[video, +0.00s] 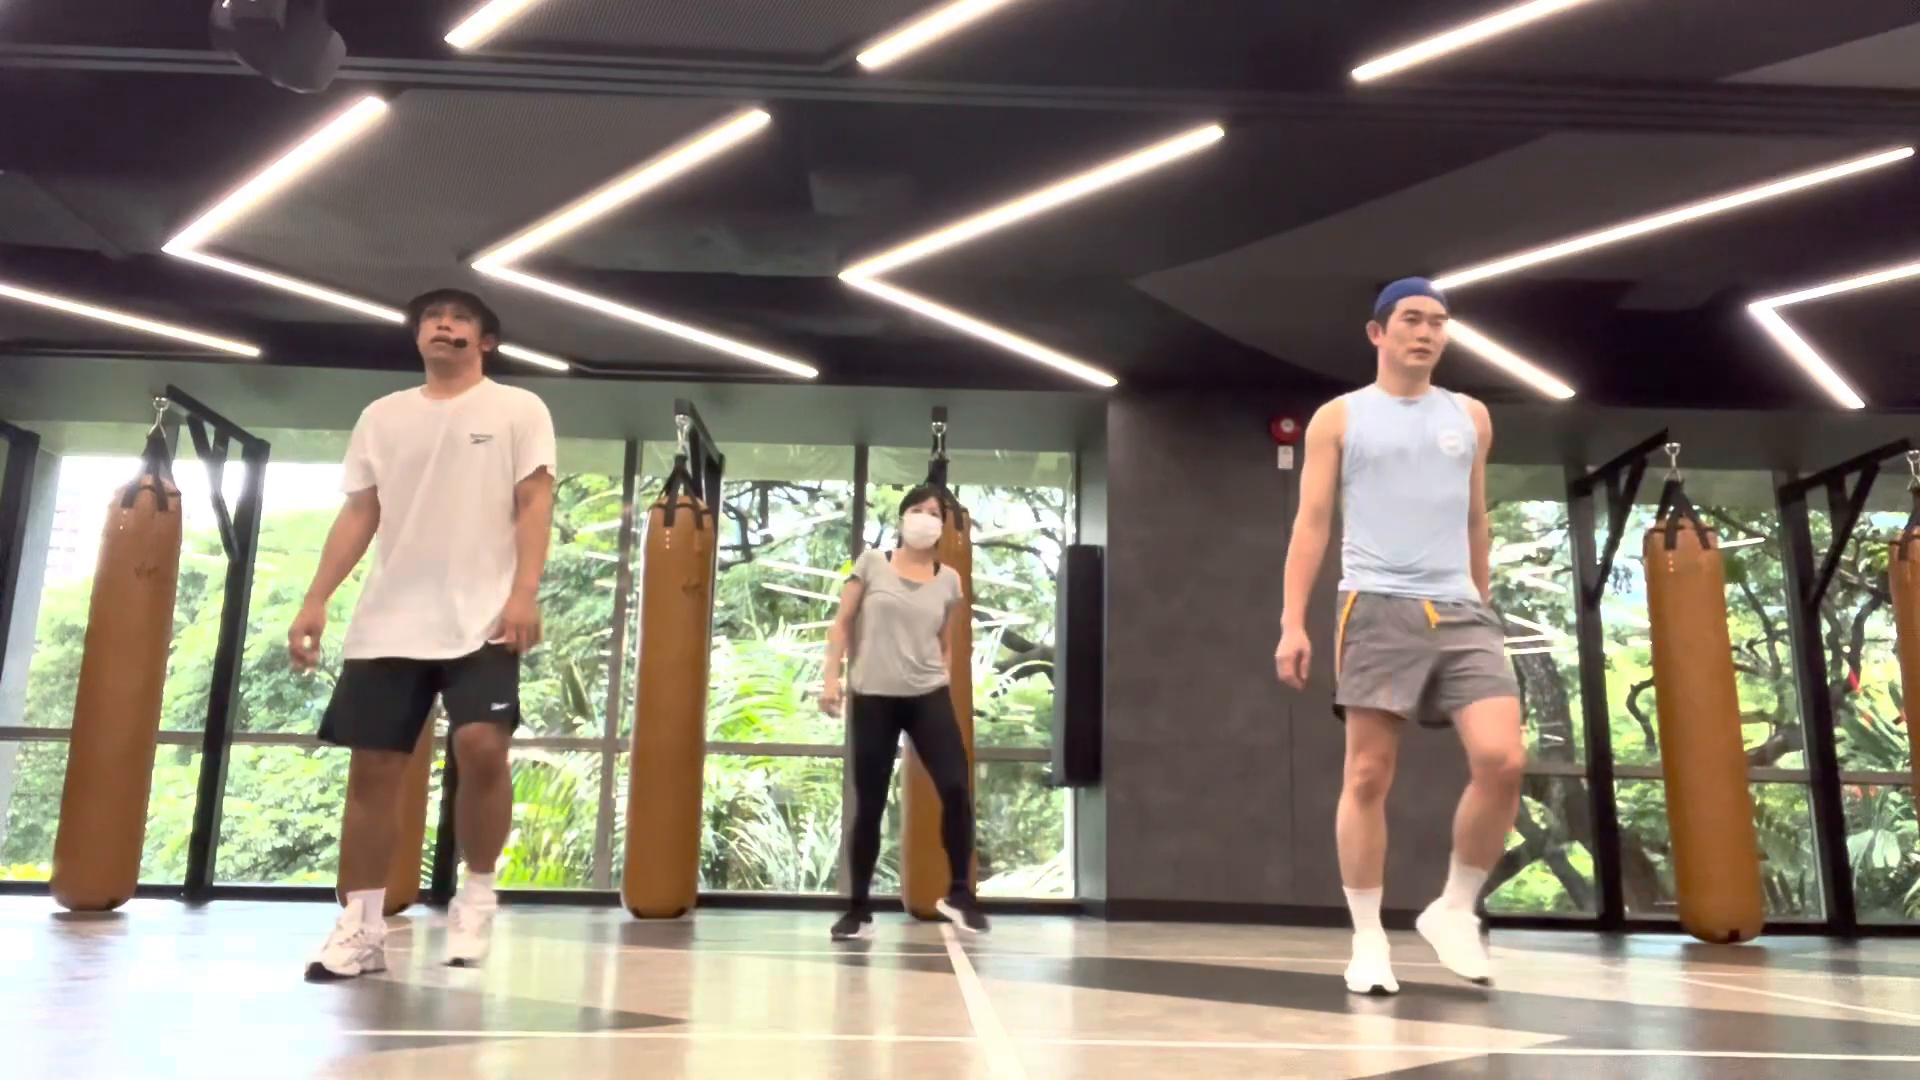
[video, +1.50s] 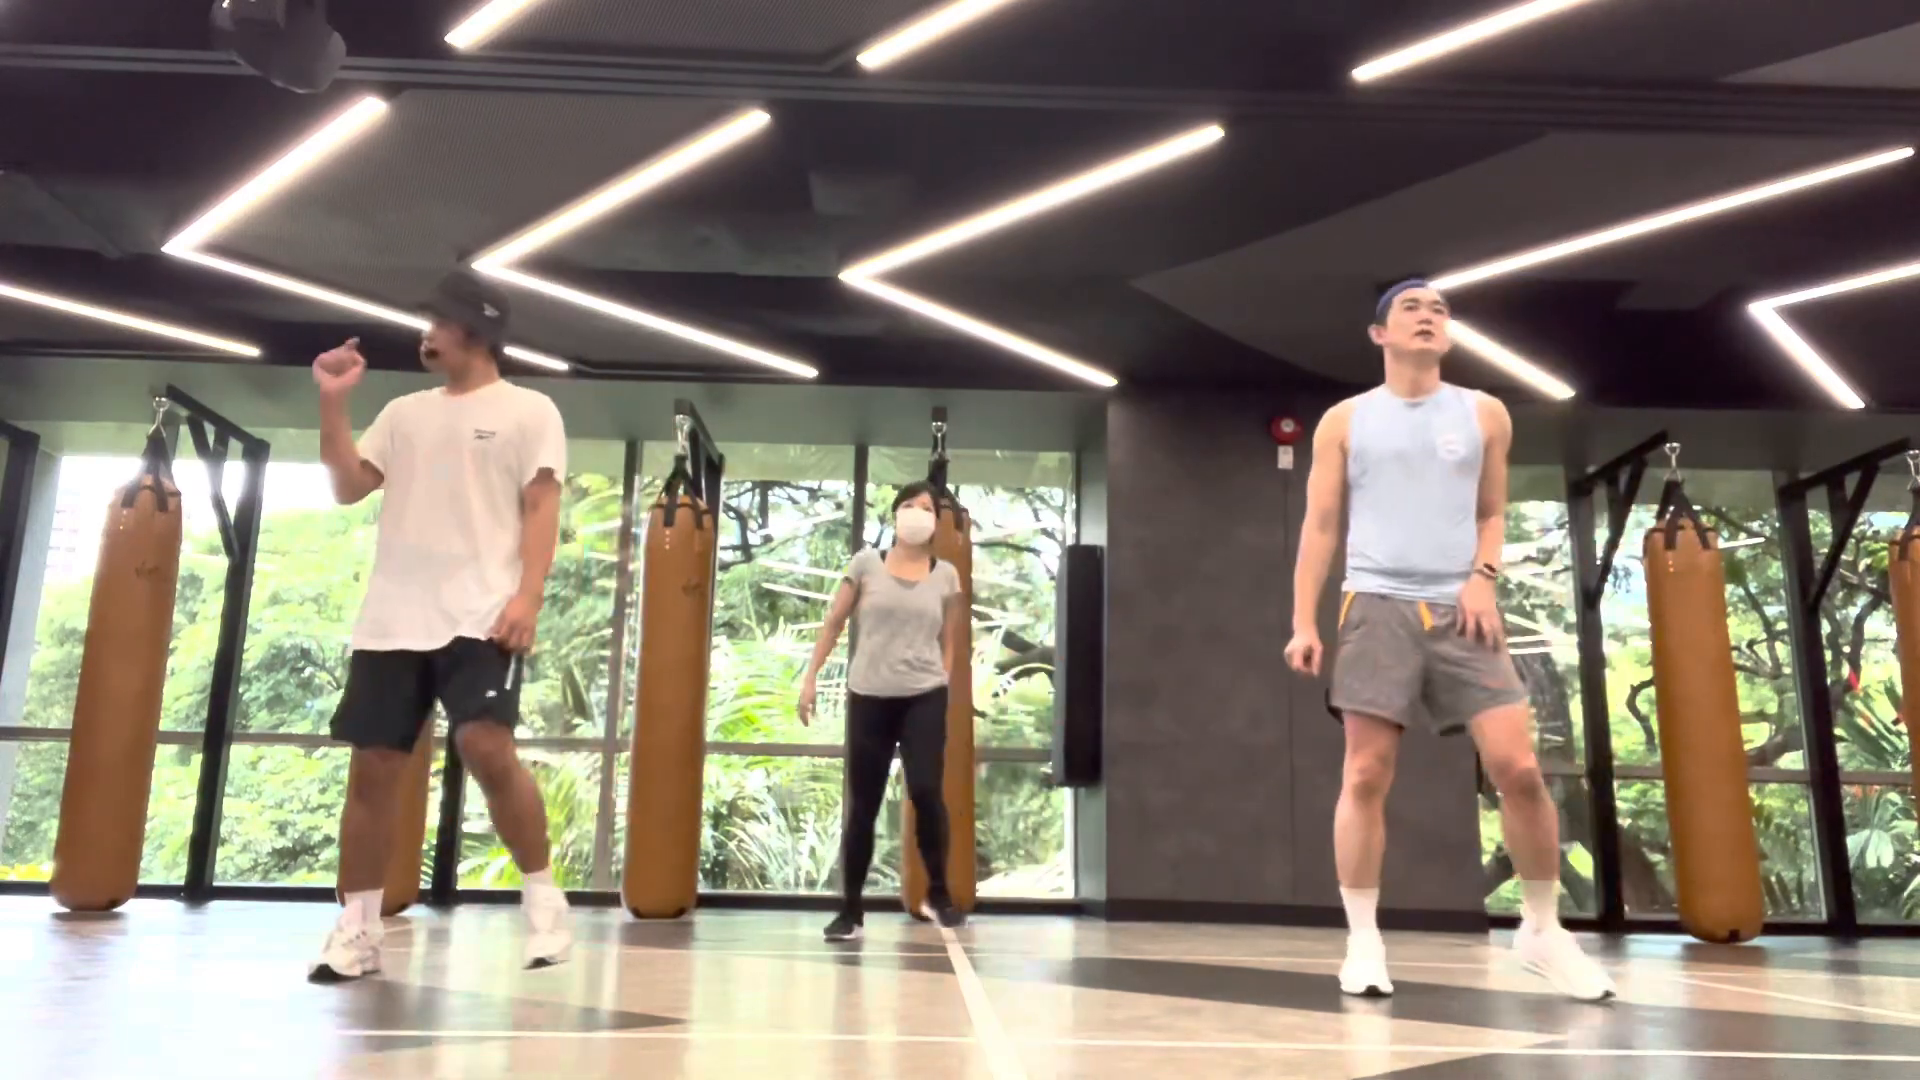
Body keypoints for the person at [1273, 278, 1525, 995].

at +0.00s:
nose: (1428, 331)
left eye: (1438, 323)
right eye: (1414, 320)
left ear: (1447, 339)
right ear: (1377, 333)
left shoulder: (1470, 417)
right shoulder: (1337, 418)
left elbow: (1478, 523)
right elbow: (1311, 524)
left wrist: (1478, 607)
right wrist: (1293, 622)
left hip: (1463, 612)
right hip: (1378, 612)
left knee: (1502, 761)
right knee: (1368, 776)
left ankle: (1454, 910)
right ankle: (1368, 942)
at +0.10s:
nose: (1442, 335)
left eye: (1453, 325)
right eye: (1429, 321)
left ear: (1461, 339)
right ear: (1394, 330)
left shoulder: (1479, 423)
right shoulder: (1349, 414)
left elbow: (1478, 522)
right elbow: (1319, 519)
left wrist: (1477, 601)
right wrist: (1313, 617)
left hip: (1472, 610)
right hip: (1389, 610)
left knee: (1537, 761)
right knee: (1374, 777)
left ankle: (1518, 929)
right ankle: (1369, 943)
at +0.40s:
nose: (1520, 344)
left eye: (1531, 332)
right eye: (1505, 331)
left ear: (1539, 343)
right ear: (1471, 339)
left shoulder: (1549, 426)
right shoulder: (1432, 416)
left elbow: (1532, 519)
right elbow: (1388, 516)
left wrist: (1540, 597)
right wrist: (1382, 606)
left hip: (1550, 617)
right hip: (1468, 616)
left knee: (1589, 776)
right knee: (1424, 776)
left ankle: (1598, 958)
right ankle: (1378, 938)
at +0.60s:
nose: (1560, 342)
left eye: (1569, 330)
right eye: (1544, 330)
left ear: (1578, 338)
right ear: (1508, 338)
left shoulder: (1591, 427)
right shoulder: (1468, 412)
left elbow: (1605, 517)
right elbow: (1426, 511)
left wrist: (1640, 580)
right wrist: (1431, 602)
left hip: (1589, 611)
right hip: (1511, 605)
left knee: (1604, 776)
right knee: (1515, 767)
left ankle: (1600, 956)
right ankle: (1459, 918)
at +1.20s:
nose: (1497, 319)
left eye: (1508, 312)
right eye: (1480, 311)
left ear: (1526, 336)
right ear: (1452, 337)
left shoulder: (1566, 412)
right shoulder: (1419, 423)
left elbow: (1614, 505)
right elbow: (1404, 526)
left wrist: (1589, 526)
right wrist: (1391, 623)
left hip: (1548, 621)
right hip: (1453, 620)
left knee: (1578, 781)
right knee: (1407, 773)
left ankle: (1599, 959)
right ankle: (1364, 938)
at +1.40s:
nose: (1444, 316)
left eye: (1454, 309)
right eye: (1427, 309)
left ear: (1468, 336)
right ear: (1397, 336)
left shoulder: (1504, 413)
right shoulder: (1361, 423)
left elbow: (1525, 510)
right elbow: (1343, 528)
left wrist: (1516, 572)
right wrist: (1333, 624)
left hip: (1485, 619)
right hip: (1393, 619)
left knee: (1545, 774)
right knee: (1374, 777)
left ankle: (1587, 944)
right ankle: (1363, 945)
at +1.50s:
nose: (1427, 315)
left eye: (1438, 309)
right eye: (1411, 306)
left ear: (1451, 337)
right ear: (1379, 333)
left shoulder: (1486, 415)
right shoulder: (1343, 421)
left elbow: (1492, 513)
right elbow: (1320, 525)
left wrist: (1484, 573)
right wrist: (1305, 620)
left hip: (1464, 612)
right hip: (1377, 613)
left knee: (1521, 772)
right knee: (1366, 774)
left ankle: (1541, 932)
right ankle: (1363, 943)